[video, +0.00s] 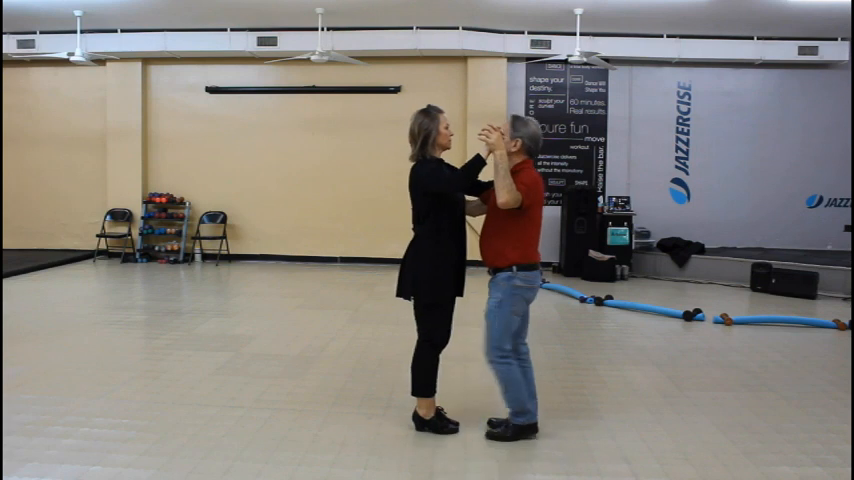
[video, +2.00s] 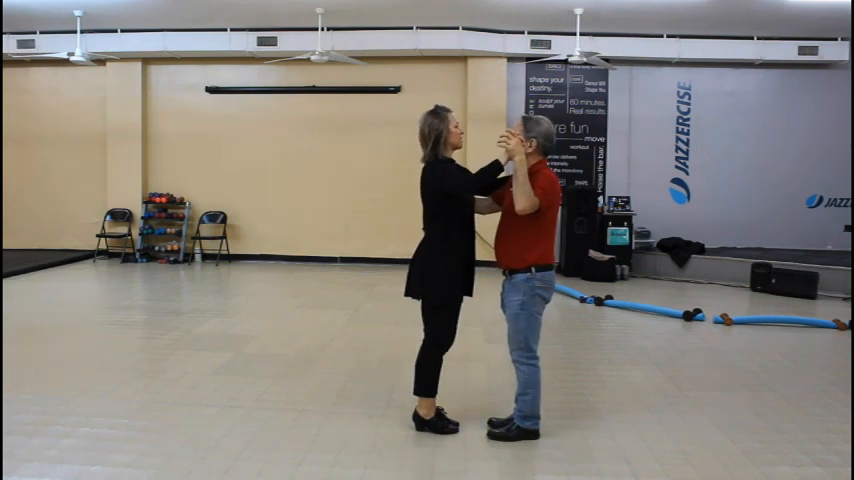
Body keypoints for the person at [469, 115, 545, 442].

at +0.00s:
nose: (495, 140)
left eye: (501, 135)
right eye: (496, 135)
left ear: (515, 144)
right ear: (515, 145)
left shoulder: (529, 177)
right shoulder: (509, 178)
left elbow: (506, 200)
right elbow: (472, 207)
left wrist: (499, 154)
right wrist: (440, 194)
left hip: (515, 276)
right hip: (511, 274)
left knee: (499, 351)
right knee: (514, 348)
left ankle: (522, 420)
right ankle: (524, 417)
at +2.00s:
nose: (509, 139)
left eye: (514, 135)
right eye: (510, 134)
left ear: (530, 144)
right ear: (529, 145)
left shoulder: (545, 178)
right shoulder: (520, 179)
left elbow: (524, 205)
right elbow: (484, 205)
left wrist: (518, 160)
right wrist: (450, 193)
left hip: (532, 277)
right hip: (517, 276)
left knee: (525, 354)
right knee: (520, 353)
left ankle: (527, 423)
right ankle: (522, 416)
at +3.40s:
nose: (487, 148)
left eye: (494, 143)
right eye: (489, 142)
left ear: (513, 149)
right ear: (509, 149)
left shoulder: (527, 181)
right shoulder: (505, 181)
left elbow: (506, 214)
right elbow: (465, 209)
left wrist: (491, 171)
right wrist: (431, 201)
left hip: (514, 278)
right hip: (504, 277)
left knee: (478, 347)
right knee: (510, 347)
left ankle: (484, 424)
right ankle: (525, 416)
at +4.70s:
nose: (510, 143)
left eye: (516, 139)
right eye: (511, 138)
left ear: (533, 146)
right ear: (530, 146)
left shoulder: (549, 180)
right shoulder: (527, 179)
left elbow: (524, 210)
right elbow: (488, 206)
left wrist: (514, 165)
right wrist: (452, 198)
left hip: (543, 278)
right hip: (531, 276)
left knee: (524, 353)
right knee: (531, 347)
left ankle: (527, 426)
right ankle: (557, 407)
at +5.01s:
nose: (533, 156)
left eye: (538, 152)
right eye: (534, 151)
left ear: (558, 156)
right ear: (556, 156)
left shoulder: (577, 186)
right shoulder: (547, 185)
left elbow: (560, 223)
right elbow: (514, 212)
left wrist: (547, 177)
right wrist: (481, 201)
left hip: (569, 283)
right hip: (565, 281)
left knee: (534, 351)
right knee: (582, 346)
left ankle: (528, 425)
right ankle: (607, 411)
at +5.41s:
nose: (536, 153)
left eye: (542, 148)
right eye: (537, 147)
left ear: (562, 153)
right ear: (558, 152)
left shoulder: (579, 183)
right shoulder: (547, 184)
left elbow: (567, 218)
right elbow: (516, 212)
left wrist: (553, 174)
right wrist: (483, 204)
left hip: (573, 279)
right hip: (567, 277)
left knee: (545, 351)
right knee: (587, 346)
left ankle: (540, 425)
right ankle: (608, 411)